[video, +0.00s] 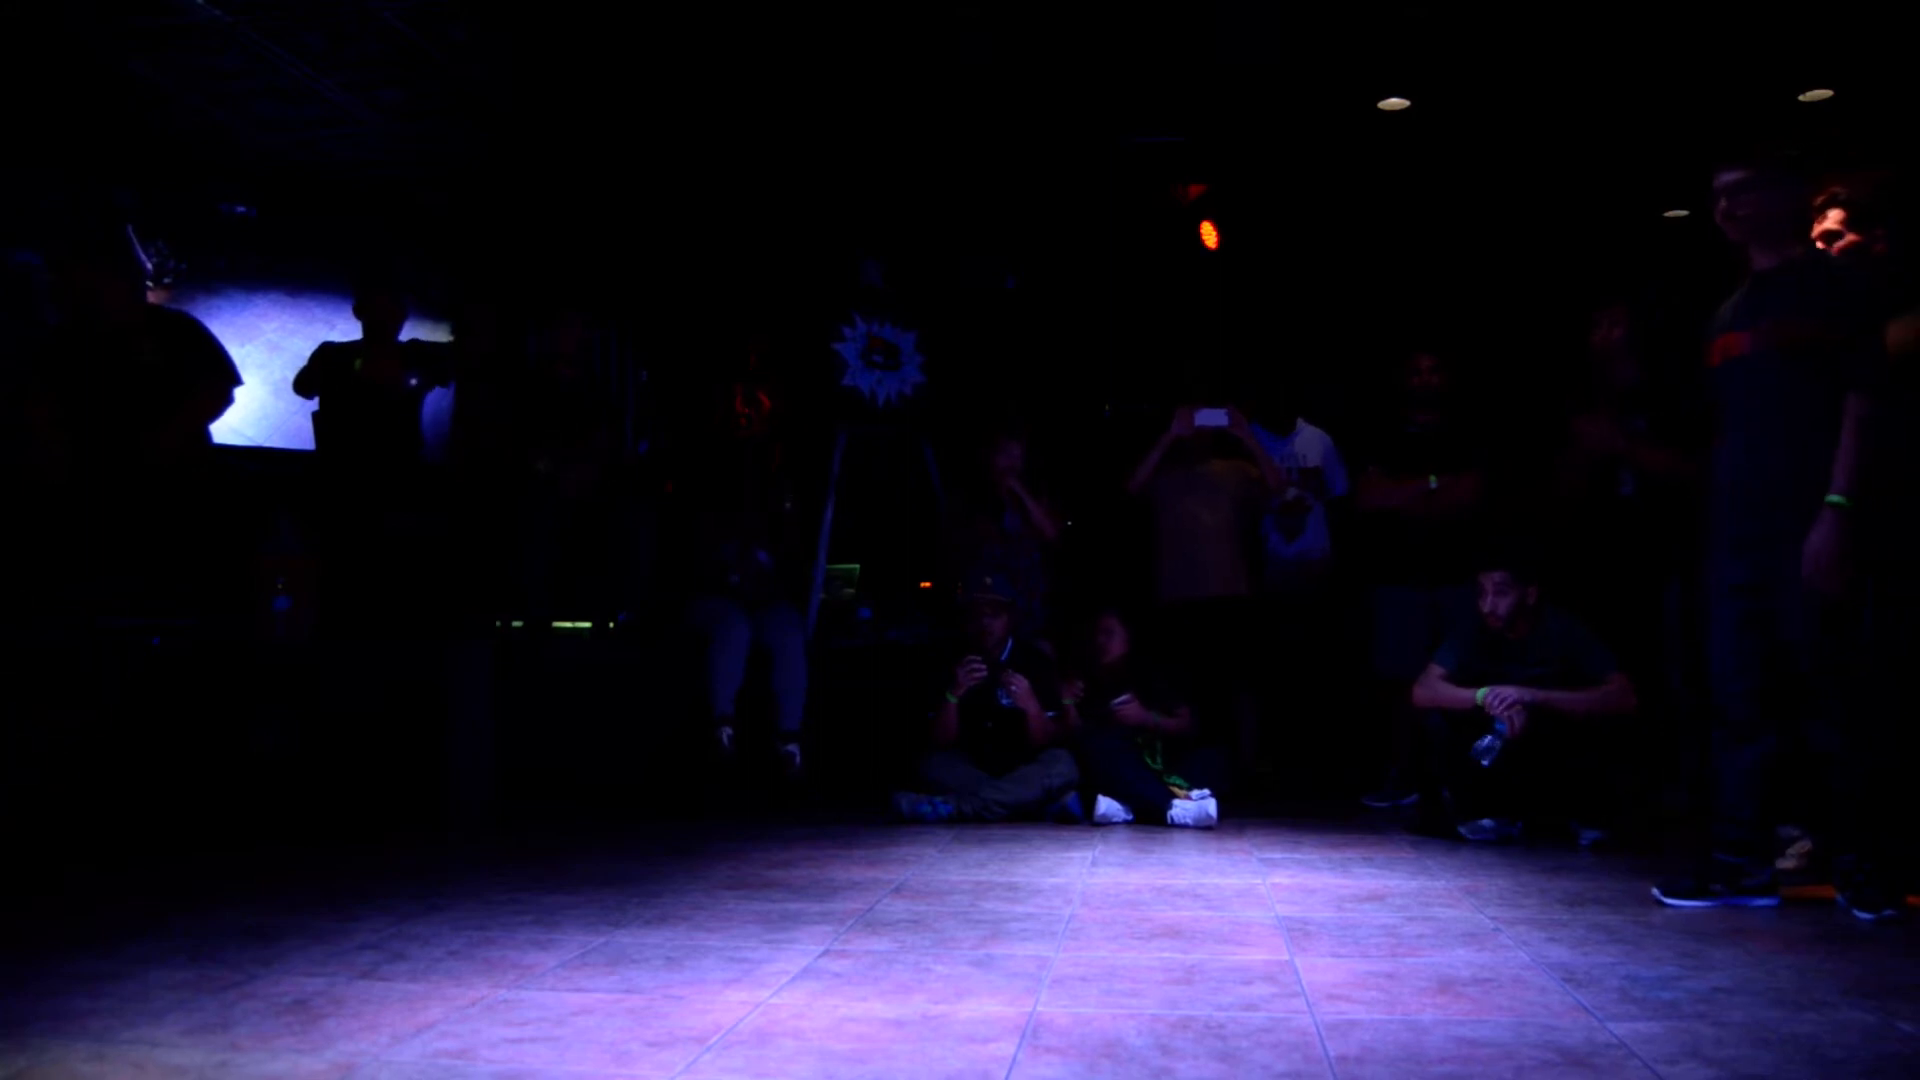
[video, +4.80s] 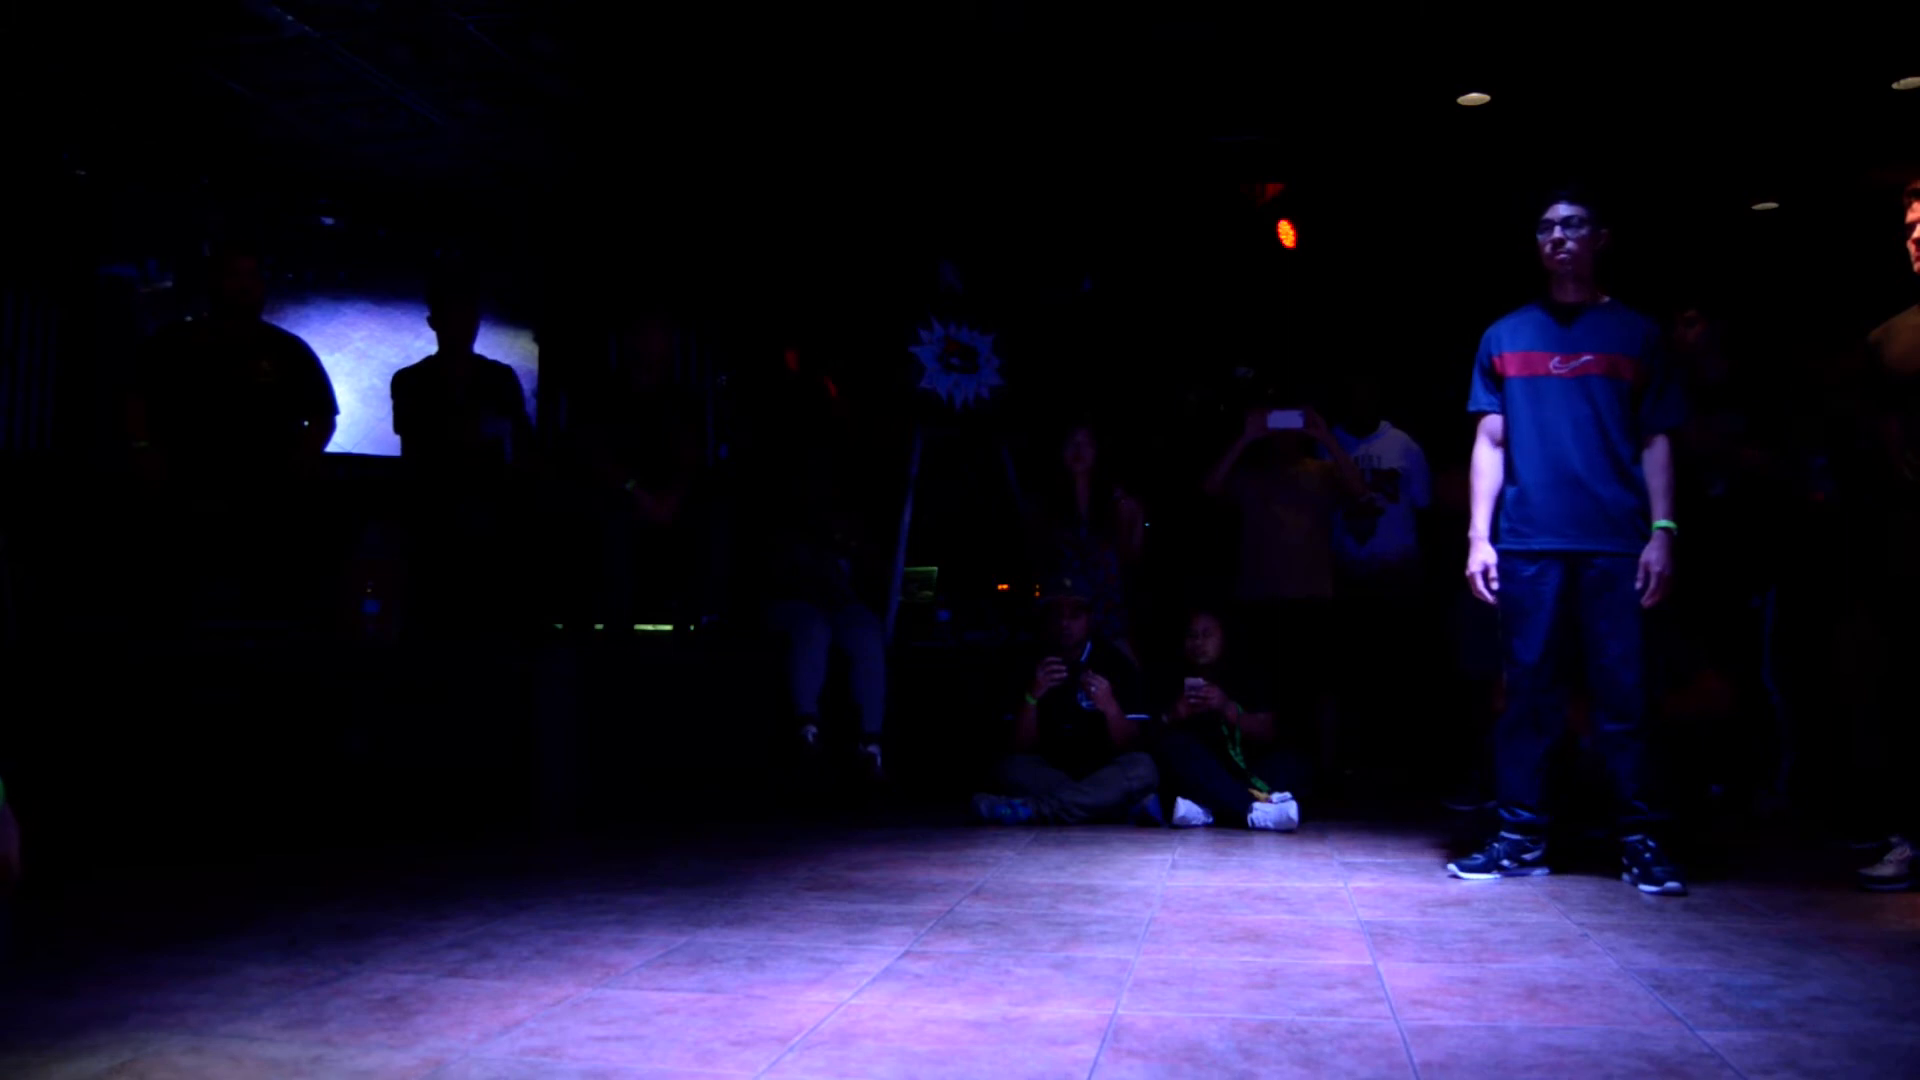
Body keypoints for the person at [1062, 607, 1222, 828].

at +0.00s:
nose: (1103, 641)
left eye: (1110, 633)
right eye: (1099, 633)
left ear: (1127, 637)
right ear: (1091, 639)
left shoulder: (1147, 675)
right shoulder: (1088, 679)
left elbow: (1184, 723)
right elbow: (1080, 733)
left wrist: (1143, 717)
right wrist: (1068, 703)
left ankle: (1130, 808)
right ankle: (1170, 808)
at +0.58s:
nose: (1128, 646)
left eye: (1137, 638)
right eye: (1123, 639)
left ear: (1153, 643)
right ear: (1115, 644)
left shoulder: (1172, 682)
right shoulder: (1107, 683)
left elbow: (1197, 732)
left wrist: (1166, 722)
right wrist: (1092, 719)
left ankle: (1135, 814)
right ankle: (1174, 814)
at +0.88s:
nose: (1153, 644)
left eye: (1162, 636)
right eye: (1147, 637)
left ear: (1177, 641)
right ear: (1140, 643)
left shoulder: (1197, 679)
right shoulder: (1131, 679)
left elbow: (1222, 733)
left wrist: (1189, 719)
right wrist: (1123, 717)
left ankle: (1157, 812)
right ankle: (1196, 813)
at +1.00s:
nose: (1178, 642)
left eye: (1188, 634)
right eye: (1174, 635)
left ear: (1204, 638)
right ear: (1166, 641)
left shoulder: (1226, 678)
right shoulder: (1158, 679)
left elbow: (1249, 731)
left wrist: (1213, 717)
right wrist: (1156, 718)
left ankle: (1183, 811)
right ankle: (1223, 812)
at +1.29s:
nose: (1189, 641)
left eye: (1198, 633)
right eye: (1184, 634)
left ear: (1214, 638)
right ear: (1177, 639)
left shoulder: (1234, 677)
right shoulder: (1170, 679)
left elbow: (1259, 731)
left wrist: (1222, 719)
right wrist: (1180, 720)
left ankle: (1195, 810)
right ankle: (1236, 811)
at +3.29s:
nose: (1200, 643)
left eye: (1208, 634)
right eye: (1193, 636)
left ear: (1222, 637)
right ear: (1186, 642)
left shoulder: (1243, 674)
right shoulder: (1181, 677)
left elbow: (1268, 728)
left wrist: (1228, 714)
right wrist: (1185, 717)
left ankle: (1211, 811)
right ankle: (1251, 810)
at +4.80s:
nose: (1199, 643)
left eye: (1207, 635)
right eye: (1192, 636)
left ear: (1222, 638)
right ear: (1184, 641)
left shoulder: (1243, 674)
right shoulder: (1173, 676)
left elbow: (1265, 728)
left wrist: (1225, 706)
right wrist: (1178, 712)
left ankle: (1210, 810)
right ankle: (1251, 810)